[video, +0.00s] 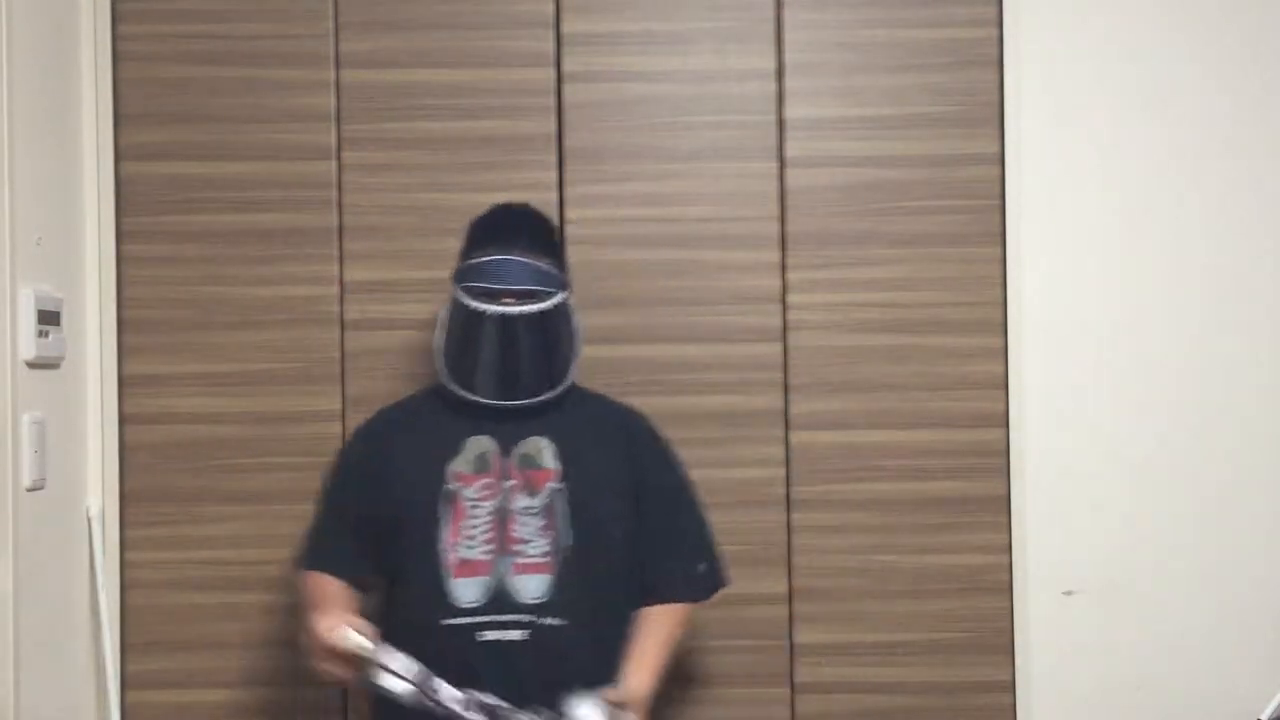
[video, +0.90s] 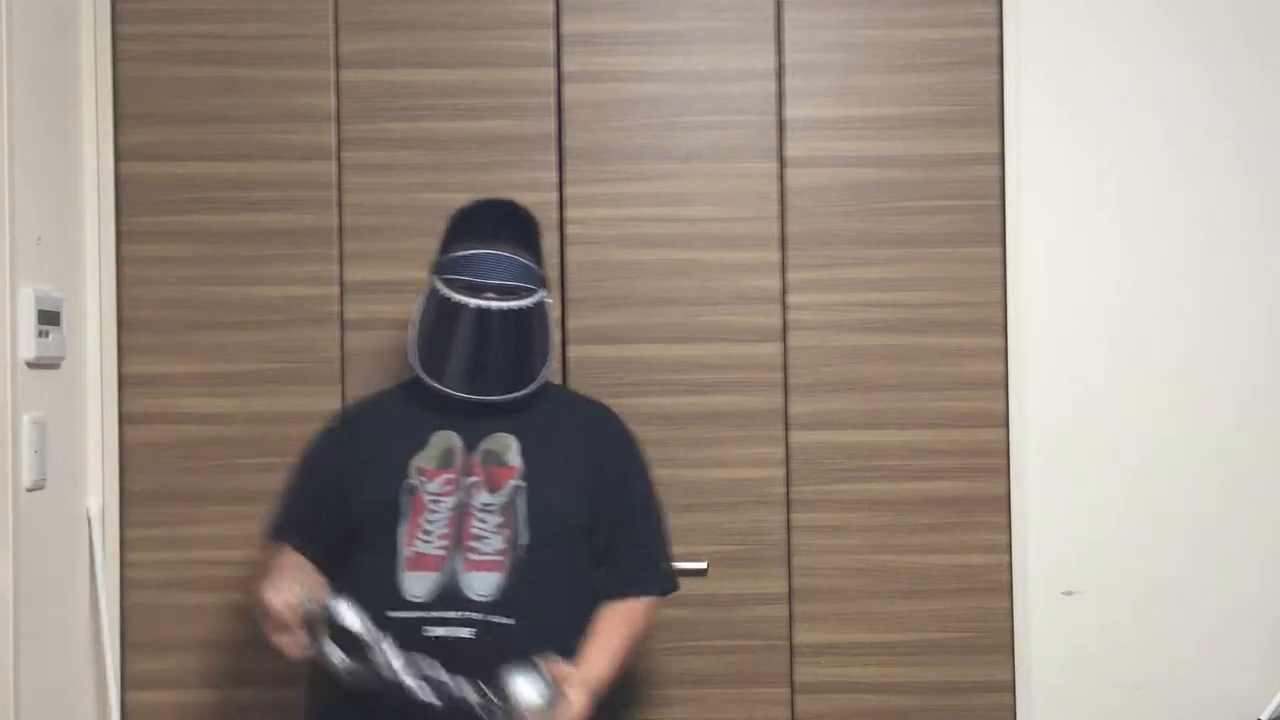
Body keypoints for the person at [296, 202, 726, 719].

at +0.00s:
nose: (509, 333)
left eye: (530, 315)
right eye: (489, 314)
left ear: (563, 316)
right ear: (457, 312)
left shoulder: (622, 441)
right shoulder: (390, 441)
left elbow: (675, 580)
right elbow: (331, 558)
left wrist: (632, 693)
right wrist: (332, 620)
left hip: (577, 702)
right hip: (428, 703)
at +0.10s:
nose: (462, 330)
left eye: (482, 311)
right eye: (444, 310)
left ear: (517, 310)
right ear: (412, 306)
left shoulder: (575, 434)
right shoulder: (343, 431)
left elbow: (629, 566)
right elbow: (275, 525)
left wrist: (558, 644)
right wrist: (247, 541)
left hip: (520, 704)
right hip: (373, 704)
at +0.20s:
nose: (427, 310)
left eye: (449, 292)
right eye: (410, 289)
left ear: (484, 296)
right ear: (380, 289)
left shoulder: (543, 421)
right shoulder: (310, 414)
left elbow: (611, 558)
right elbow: (197, 510)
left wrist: (499, 552)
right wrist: (186, 432)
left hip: (495, 702)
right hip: (341, 701)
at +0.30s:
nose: (407, 303)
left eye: (430, 284)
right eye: (387, 282)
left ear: (464, 290)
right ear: (356, 284)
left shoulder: (516, 413)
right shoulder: (284, 407)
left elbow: (579, 540)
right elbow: (150, 438)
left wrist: (455, 470)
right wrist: (146, 322)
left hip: (474, 700)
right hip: (319, 701)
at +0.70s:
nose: (415, 308)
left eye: (439, 289)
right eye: (398, 287)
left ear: (473, 296)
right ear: (367, 287)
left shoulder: (526, 421)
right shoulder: (292, 410)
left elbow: (600, 546)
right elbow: (160, 473)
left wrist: (479, 530)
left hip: (468, 702)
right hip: (301, 702)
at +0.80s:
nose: (444, 317)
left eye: (466, 299)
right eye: (427, 295)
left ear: (500, 304)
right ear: (395, 294)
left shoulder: (554, 431)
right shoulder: (322, 419)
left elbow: (622, 558)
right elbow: (220, 525)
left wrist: (527, 608)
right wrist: (214, 498)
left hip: (498, 707)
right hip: (332, 704)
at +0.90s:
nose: (486, 330)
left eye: (506, 310)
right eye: (468, 308)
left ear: (537, 311)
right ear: (435, 305)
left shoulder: (592, 437)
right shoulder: (363, 433)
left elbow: (636, 582)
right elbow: (304, 550)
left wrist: (582, 683)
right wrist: (286, 602)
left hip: (527, 701)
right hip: (382, 695)